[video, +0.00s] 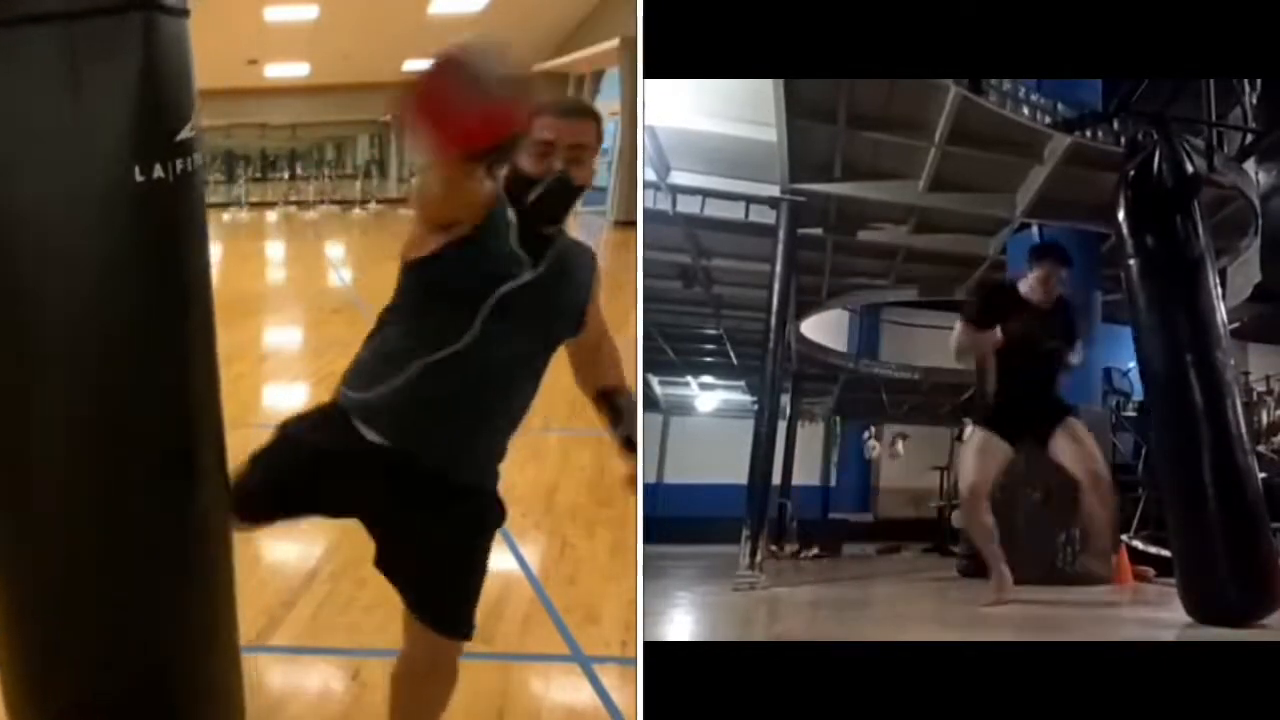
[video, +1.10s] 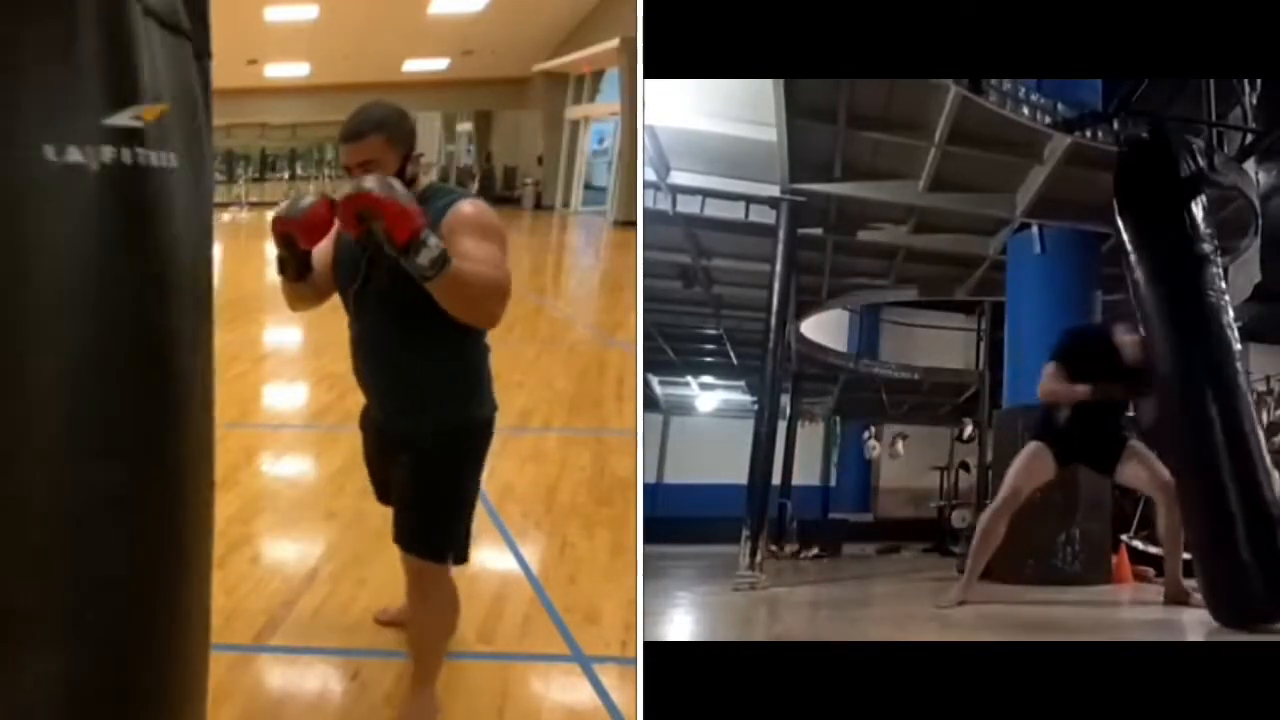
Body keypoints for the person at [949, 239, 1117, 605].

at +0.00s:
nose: (1051, 287)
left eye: (1057, 279)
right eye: (1045, 277)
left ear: (1063, 281)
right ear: (1030, 272)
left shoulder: (1063, 311)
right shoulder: (994, 297)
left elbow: (1074, 354)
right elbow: (959, 346)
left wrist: (1063, 364)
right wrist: (988, 339)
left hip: (1048, 410)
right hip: (999, 411)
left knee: (1097, 475)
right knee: (971, 490)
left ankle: (1100, 558)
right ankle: (999, 575)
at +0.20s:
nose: (1067, 331)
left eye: (1074, 324)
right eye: (1060, 324)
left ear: (1088, 318)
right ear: (1049, 321)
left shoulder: (1111, 337)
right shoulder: (1036, 347)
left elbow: (1154, 370)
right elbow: (1027, 385)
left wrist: (1132, 400)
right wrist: (1038, 395)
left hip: (1108, 430)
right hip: (1060, 432)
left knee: (1164, 481)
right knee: (1016, 497)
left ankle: (1193, 574)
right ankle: (1011, 584)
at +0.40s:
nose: (1133, 309)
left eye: (1134, 301)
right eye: (1126, 302)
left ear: (1133, 300)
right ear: (1102, 302)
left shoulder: (1138, 331)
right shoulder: (1081, 340)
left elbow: (1174, 354)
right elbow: (1086, 407)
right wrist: (1139, 398)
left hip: (1133, 429)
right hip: (1085, 433)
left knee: (1190, 482)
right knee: (1050, 500)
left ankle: (1211, 580)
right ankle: (1013, 585)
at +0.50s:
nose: (1121, 304)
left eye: (1127, 296)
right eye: (1114, 296)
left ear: (1136, 299)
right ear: (1095, 298)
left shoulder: (1145, 332)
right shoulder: (1079, 340)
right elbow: (1071, 403)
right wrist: (1113, 405)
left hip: (1140, 426)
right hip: (1094, 429)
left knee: (1196, 488)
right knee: (1050, 495)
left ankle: (1211, 581)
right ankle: (1011, 585)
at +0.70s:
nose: (1146, 272)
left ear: (1151, 273)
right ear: (1124, 267)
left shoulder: (1157, 301)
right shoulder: (1110, 293)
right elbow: (1090, 317)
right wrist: (1130, 292)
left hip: (1139, 404)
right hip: (1098, 401)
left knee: (1174, 483)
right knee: (1064, 484)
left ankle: (1177, 580)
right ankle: (1006, 560)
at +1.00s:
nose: (1166, 282)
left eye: (1168, 274)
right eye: (1159, 273)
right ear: (1141, 274)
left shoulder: (1155, 319)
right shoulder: (1113, 304)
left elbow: (1171, 363)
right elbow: (1110, 354)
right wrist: (1157, 353)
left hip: (1118, 419)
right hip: (1073, 414)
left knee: (1164, 485)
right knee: (1030, 486)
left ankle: (1173, 585)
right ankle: (975, 573)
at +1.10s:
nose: (1134, 345)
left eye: (1139, 341)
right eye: (1129, 338)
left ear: (1146, 341)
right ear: (1115, 330)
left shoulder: (1144, 361)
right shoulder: (1078, 340)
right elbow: (1047, 389)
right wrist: (1095, 391)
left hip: (1109, 442)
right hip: (1058, 439)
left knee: (1165, 486)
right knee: (1006, 499)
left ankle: (1174, 586)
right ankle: (965, 584)